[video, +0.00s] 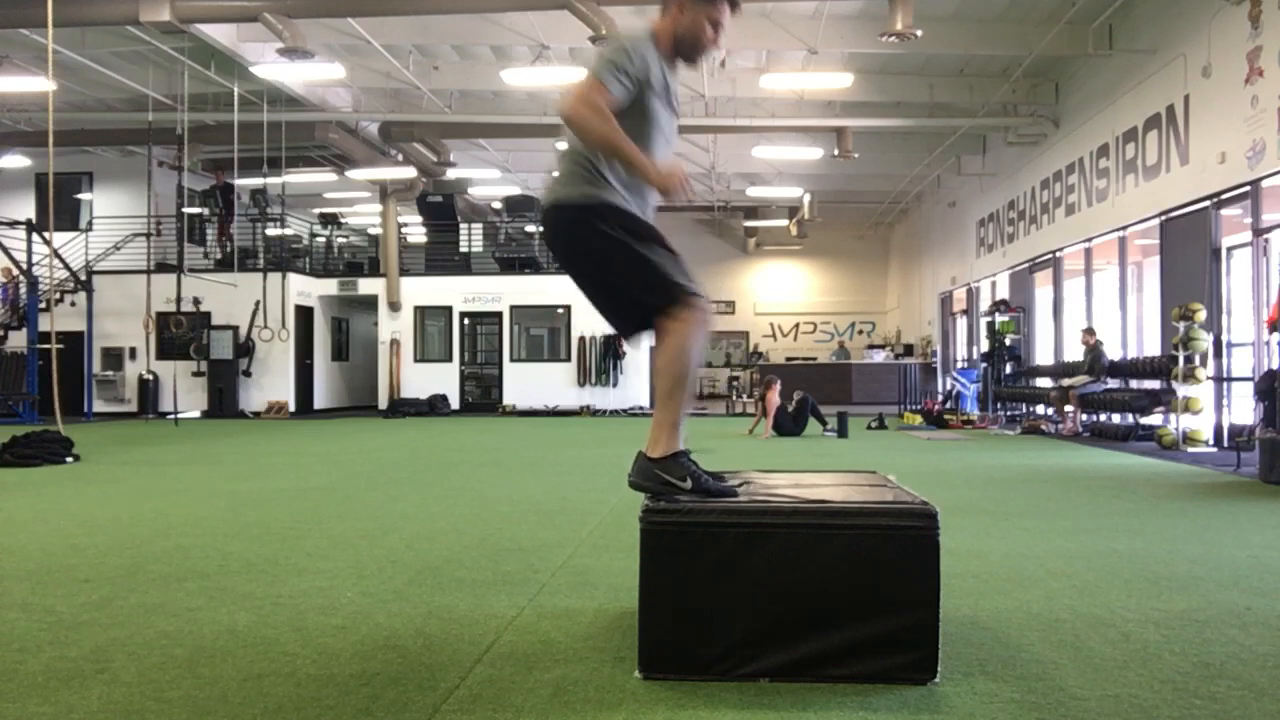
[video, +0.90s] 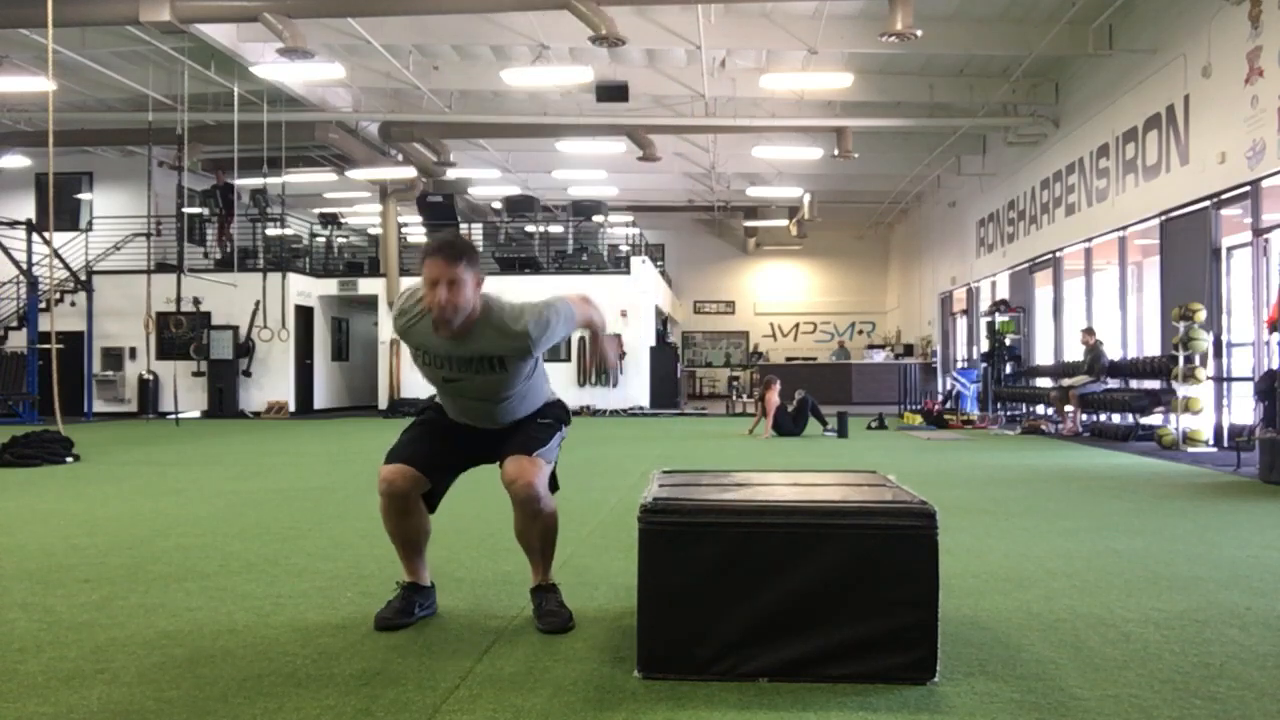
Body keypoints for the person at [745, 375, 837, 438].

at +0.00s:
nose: (779, 387)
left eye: (779, 384)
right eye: (778, 384)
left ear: (767, 385)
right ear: (774, 385)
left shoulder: (764, 396)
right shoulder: (772, 395)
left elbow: (759, 416)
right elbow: (770, 416)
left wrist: (751, 430)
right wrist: (767, 433)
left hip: (785, 430)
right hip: (793, 431)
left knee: (805, 398)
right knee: (807, 399)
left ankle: (825, 425)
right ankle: (826, 426)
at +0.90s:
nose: (779, 387)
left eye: (779, 385)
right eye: (778, 385)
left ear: (767, 385)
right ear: (773, 385)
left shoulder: (764, 396)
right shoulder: (772, 396)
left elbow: (759, 415)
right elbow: (770, 416)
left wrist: (751, 430)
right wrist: (767, 433)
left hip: (785, 430)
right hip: (793, 431)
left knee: (804, 398)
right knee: (807, 399)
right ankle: (826, 426)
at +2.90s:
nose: (779, 387)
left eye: (779, 384)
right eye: (778, 385)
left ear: (767, 385)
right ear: (773, 385)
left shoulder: (764, 396)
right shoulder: (772, 396)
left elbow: (759, 415)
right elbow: (769, 416)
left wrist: (750, 430)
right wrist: (767, 433)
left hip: (784, 430)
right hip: (793, 430)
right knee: (806, 400)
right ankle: (826, 426)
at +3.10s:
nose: (779, 387)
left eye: (779, 385)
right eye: (778, 385)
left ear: (767, 385)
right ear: (773, 385)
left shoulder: (764, 396)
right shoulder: (772, 396)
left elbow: (759, 415)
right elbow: (769, 416)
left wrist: (750, 430)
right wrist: (767, 433)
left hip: (784, 430)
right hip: (792, 430)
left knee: (803, 398)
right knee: (806, 400)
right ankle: (826, 426)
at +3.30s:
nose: (779, 387)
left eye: (779, 385)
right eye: (778, 385)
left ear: (767, 385)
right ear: (773, 385)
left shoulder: (764, 396)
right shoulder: (772, 396)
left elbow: (759, 415)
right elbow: (769, 416)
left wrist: (750, 430)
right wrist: (767, 433)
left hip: (784, 430)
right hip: (792, 430)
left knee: (803, 398)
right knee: (806, 400)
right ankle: (826, 426)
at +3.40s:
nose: (779, 387)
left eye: (779, 385)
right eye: (778, 385)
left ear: (767, 385)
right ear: (773, 385)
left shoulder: (764, 396)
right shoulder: (772, 396)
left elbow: (759, 415)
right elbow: (769, 416)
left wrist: (750, 430)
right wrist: (767, 433)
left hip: (784, 430)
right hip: (792, 430)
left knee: (803, 398)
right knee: (806, 400)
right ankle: (826, 426)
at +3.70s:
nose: (779, 387)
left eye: (779, 384)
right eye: (778, 384)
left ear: (767, 385)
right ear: (773, 385)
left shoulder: (765, 396)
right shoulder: (772, 396)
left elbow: (759, 415)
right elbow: (769, 416)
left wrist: (750, 430)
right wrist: (767, 433)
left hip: (785, 430)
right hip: (793, 430)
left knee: (803, 398)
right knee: (806, 399)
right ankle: (826, 426)